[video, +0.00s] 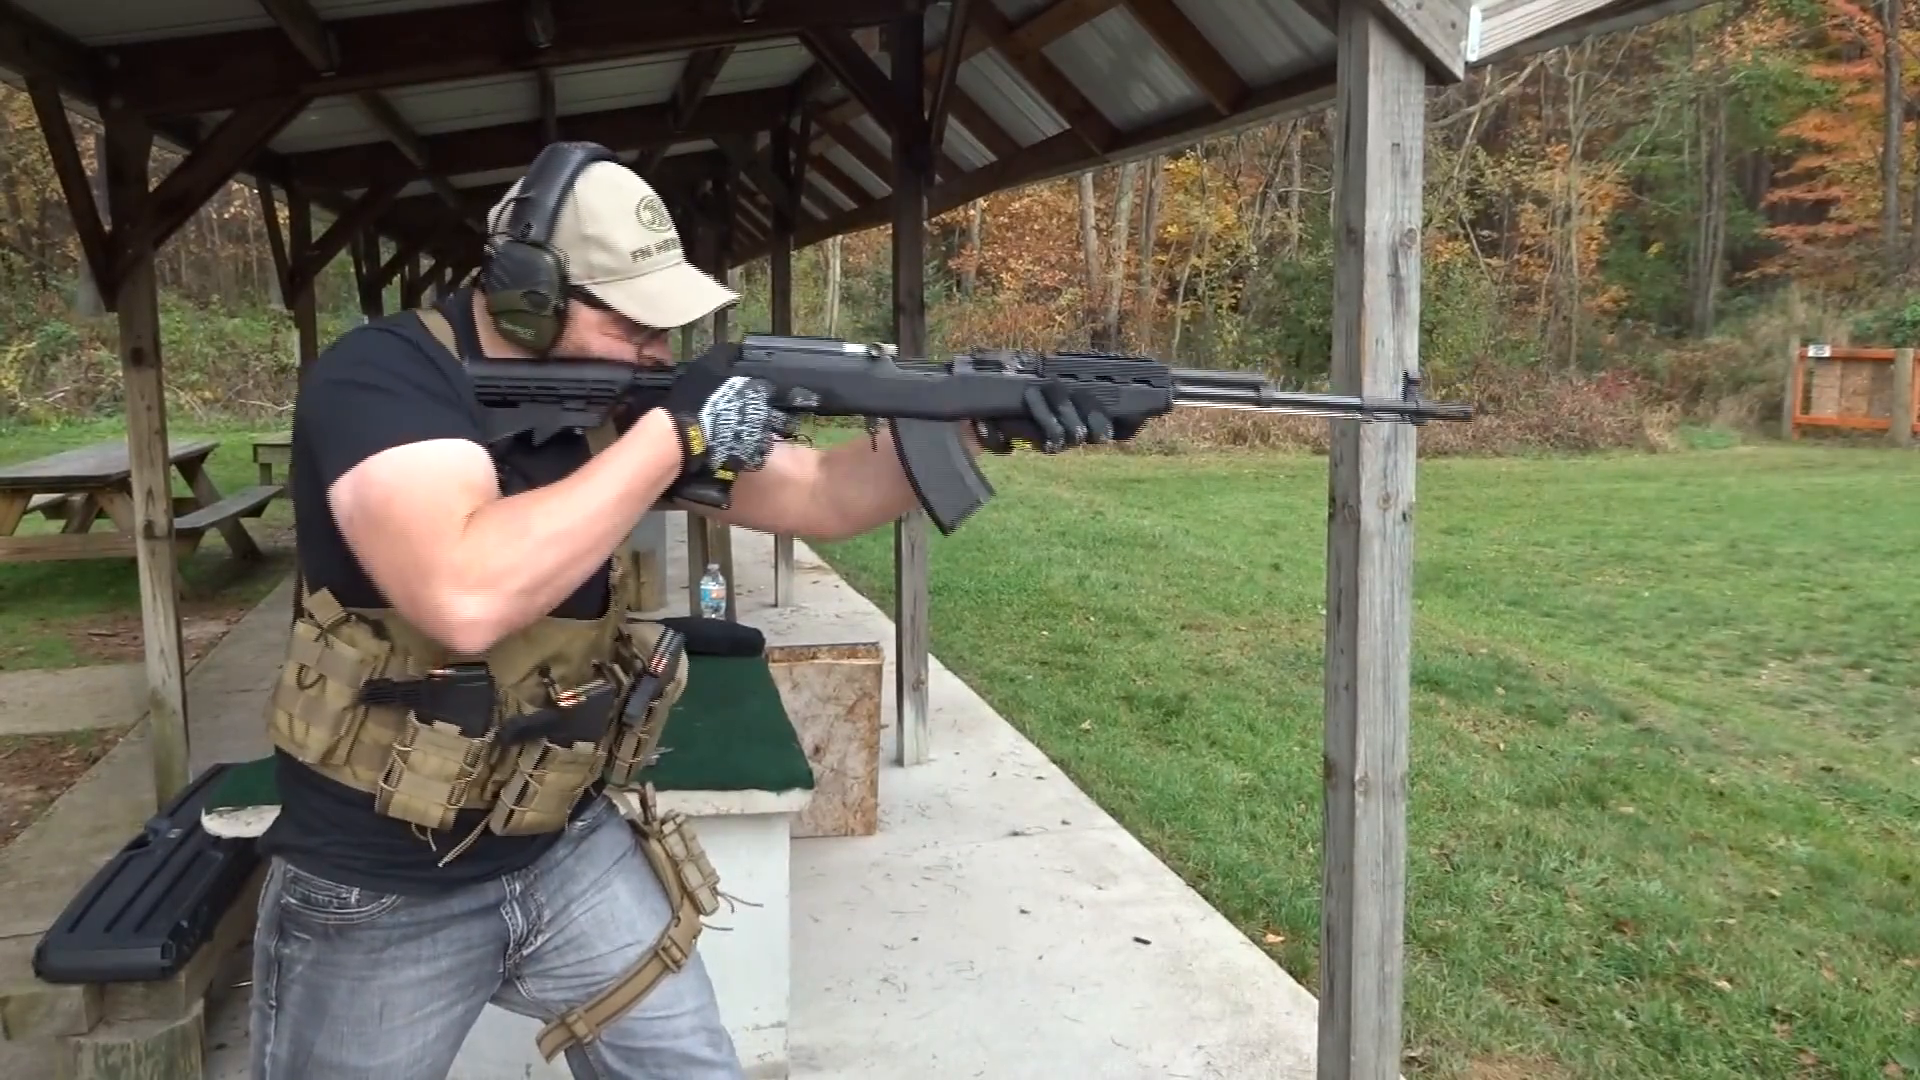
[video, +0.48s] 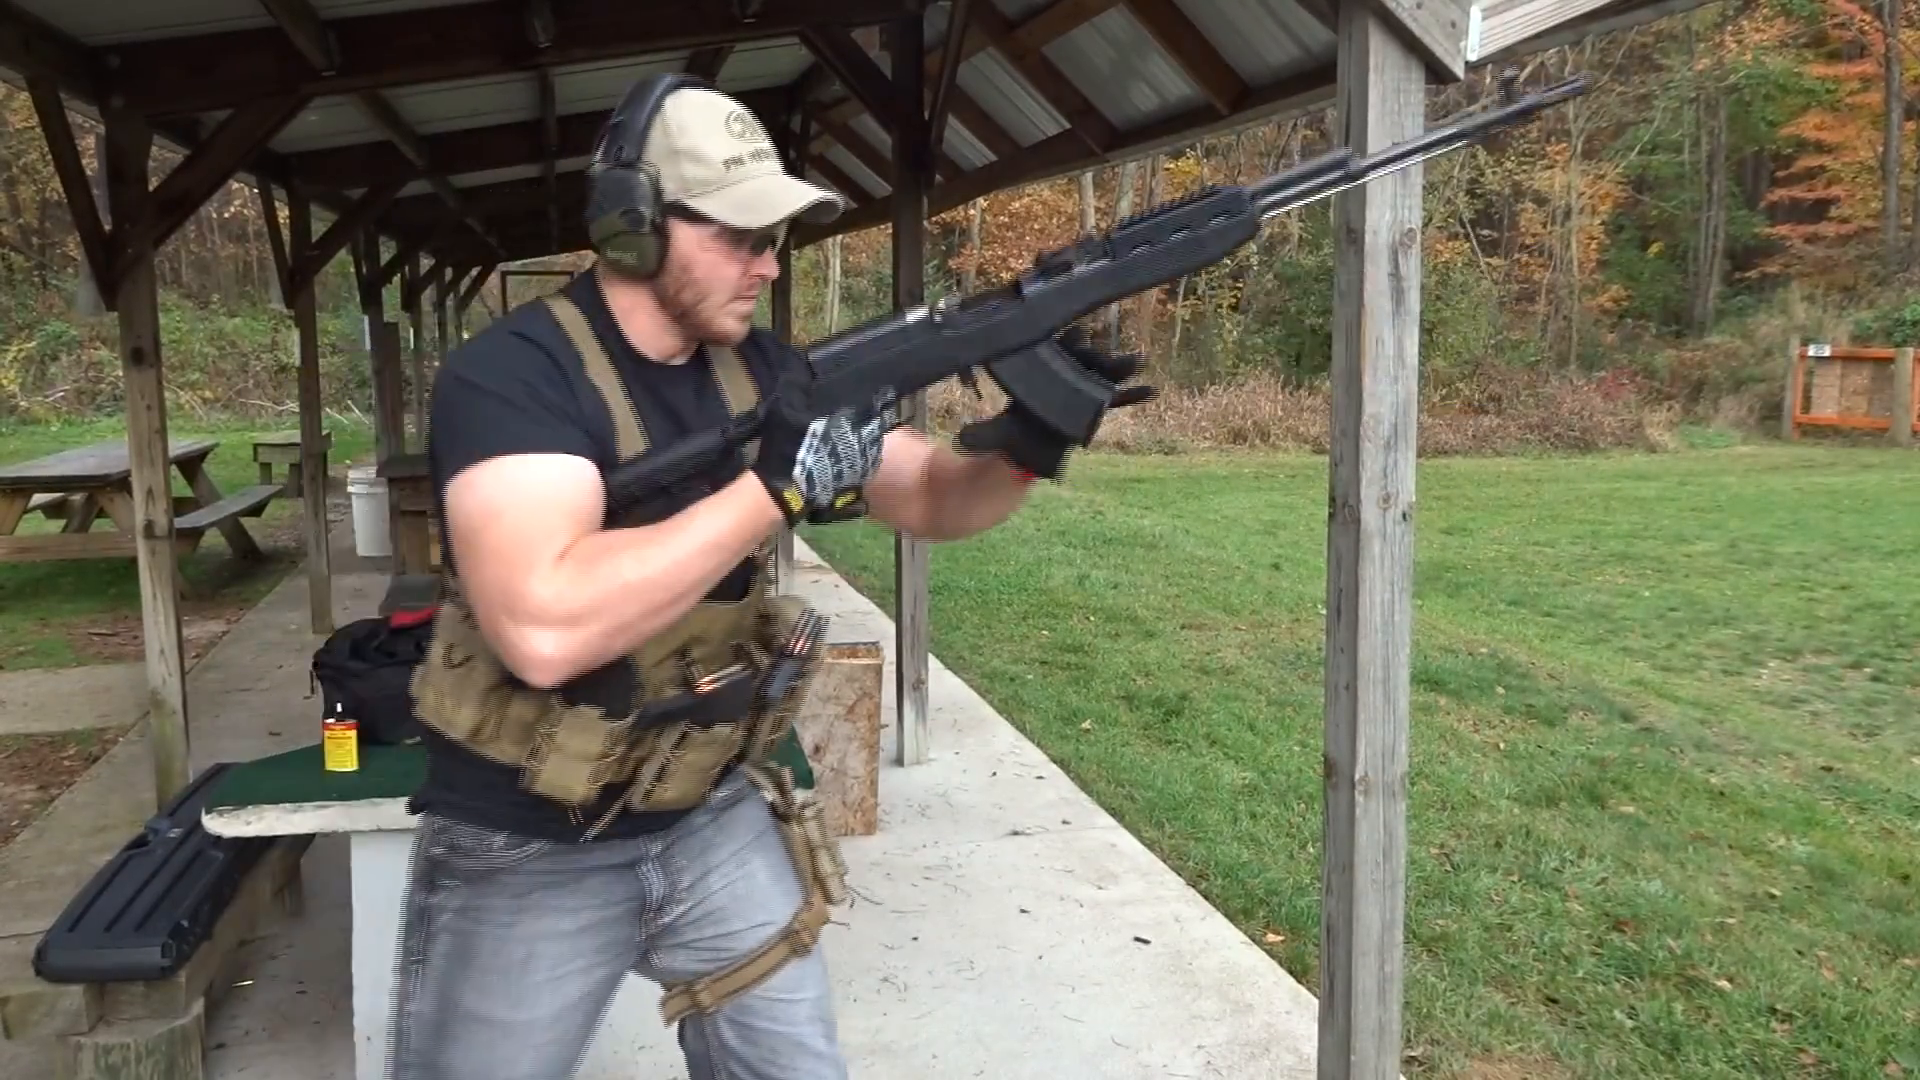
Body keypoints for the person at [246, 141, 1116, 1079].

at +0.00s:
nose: (653, 350)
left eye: (659, 326)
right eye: (628, 325)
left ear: (653, 298)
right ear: (527, 300)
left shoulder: (612, 399)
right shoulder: (375, 380)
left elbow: (819, 492)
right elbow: (463, 595)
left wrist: (999, 415)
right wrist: (668, 434)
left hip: (573, 848)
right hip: (380, 892)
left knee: (691, 1063)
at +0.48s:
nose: (769, 266)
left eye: (772, 237)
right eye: (738, 238)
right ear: (634, 229)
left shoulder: (761, 369)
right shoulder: (509, 376)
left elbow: (931, 495)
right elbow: (544, 631)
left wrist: (1024, 448)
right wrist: (774, 490)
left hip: (719, 825)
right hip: (522, 860)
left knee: (798, 1065)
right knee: (470, 1068)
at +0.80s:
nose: (665, 270)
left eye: (683, 233)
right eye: (625, 241)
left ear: (713, 225)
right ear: (551, 244)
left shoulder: (758, 351)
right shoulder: (465, 410)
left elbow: (945, 496)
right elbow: (480, 714)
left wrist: (992, 449)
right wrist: (726, 550)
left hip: (739, 835)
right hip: (534, 866)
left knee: (794, 1063)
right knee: (496, 1063)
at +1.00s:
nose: (533, 314)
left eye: (551, 267)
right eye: (488, 283)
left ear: (593, 248)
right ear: (410, 284)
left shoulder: (664, 365)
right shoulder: (346, 459)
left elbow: (857, 508)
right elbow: (389, 794)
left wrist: (917, 493)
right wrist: (648, 604)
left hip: (670, 871)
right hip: (460, 921)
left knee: (747, 1064)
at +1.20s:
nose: (456, 329)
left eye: (473, 278)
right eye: (404, 301)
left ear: (510, 227)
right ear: (311, 286)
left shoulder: (601, 348)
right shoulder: (240, 472)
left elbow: (818, 456)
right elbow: (270, 826)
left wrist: (939, 478)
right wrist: (519, 639)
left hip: (619, 883)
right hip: (395, 950)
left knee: (691, 1067)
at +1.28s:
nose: (446, 330)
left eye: (468, 282)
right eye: (395, 304)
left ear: (502, 230)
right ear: (297, 281)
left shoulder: (587, 356)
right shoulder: (219, 468)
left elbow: (775, 492)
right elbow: (230, 827)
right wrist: (464, 657)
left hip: (616, 893)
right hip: (384, 956)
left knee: (676, 1064)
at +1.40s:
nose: (448, 344)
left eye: (471, 299)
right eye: (400, 315)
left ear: (509, 243)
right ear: (302, 277)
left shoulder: (599, 390)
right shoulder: (203, 463)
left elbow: (767, 580)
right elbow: (177, 828)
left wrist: (802, 658)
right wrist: (396, 689)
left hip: (600, 913)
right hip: (364, 964)